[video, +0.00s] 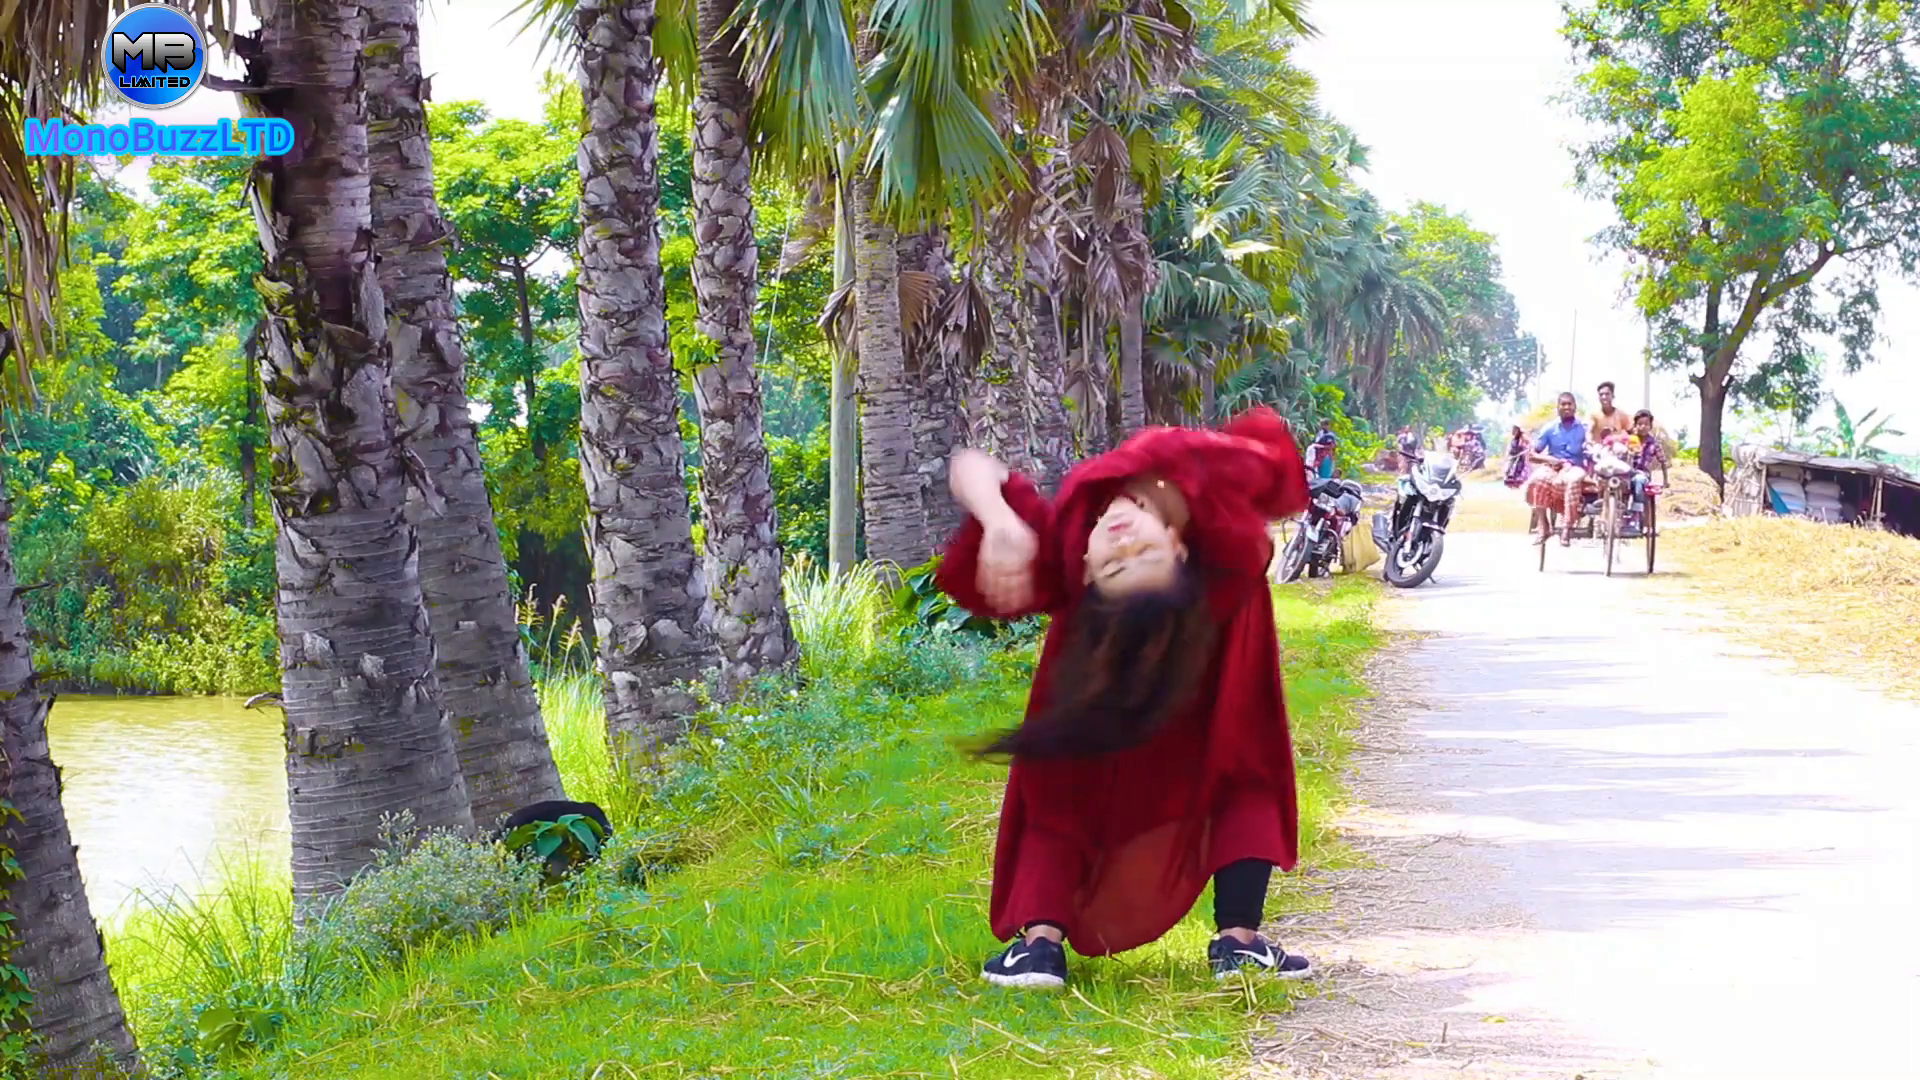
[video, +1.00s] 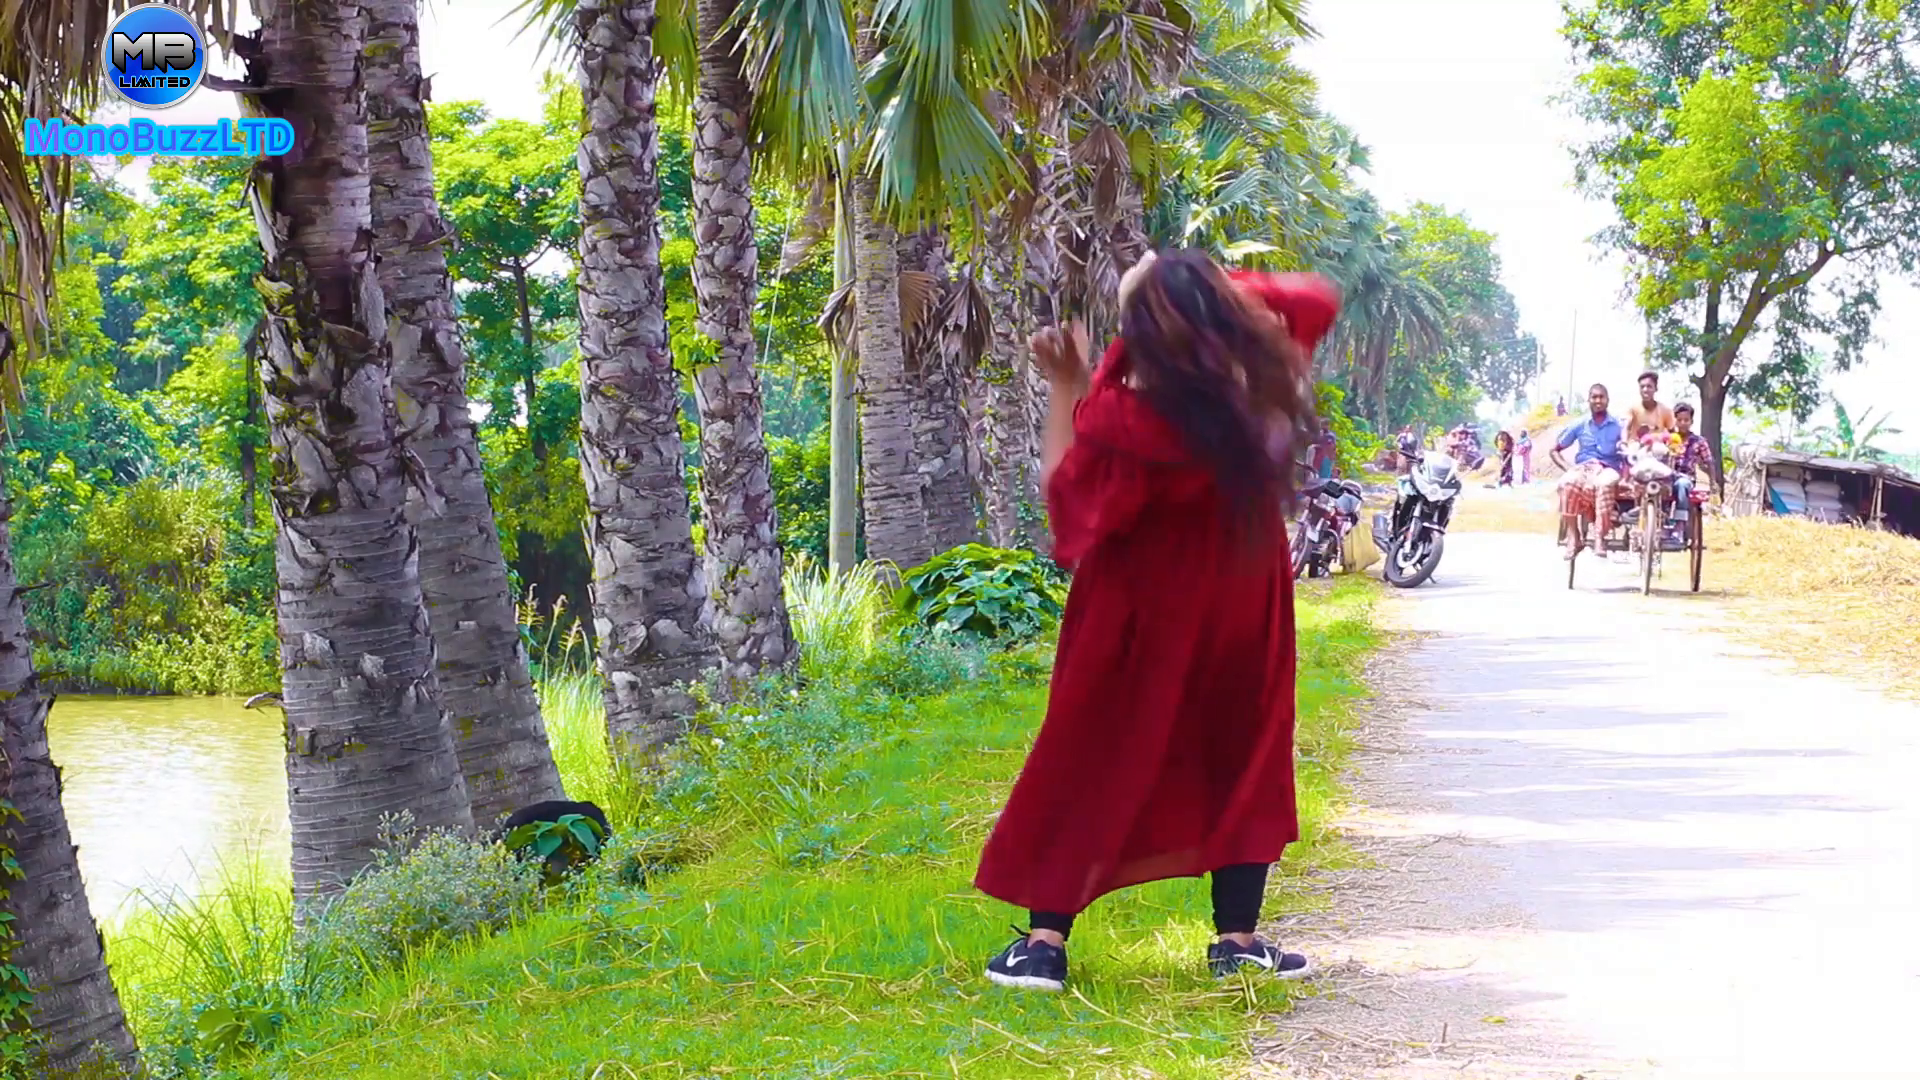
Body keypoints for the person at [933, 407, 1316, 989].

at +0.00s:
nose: (1116, 528)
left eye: (1105, 554)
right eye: (1139, 551)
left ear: (1085, 568)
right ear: (1180, 546)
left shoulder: (1063, 532)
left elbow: (969, 463)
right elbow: (1269, 437)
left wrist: (1001, 524)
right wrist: (1174, 458)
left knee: (1054, 778)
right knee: (1248, 772)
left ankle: (1039, 941)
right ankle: (1239, 936)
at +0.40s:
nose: (1111, 450)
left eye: (1095, 466)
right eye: (1128, 477)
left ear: (1072, 483)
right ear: (1155, 501)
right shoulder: (1221, 489)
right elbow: (1311, 474)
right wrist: (1215, 406)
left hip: (1139, 596)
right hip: (1244, 598)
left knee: (1088, 758)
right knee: (1267, 758)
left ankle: (1045, 941)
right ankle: (1242, 939)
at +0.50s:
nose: (1116, 420)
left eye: (1097, 442)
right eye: (1130, 445)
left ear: (1064, 454)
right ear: (1158, 479)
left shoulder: (1063, 401)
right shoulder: (1224, 485)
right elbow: (1338, 536)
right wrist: (1270, 478)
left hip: (1124, 591)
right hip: (1235, 592)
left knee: (1080, 747)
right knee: (1266, 756)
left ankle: (1046, 941)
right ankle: (1242, 940)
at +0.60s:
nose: (1131, 393)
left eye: (1113, 415)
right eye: (1146, 422)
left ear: (1078, 437)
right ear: (1175, 456)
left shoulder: (1061, 394)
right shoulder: (1225, 480)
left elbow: (1027, 342)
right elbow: (1308, 545)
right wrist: (1365, 513)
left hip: (1112, 585)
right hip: (1228, 590)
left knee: (1075, 752)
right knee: (1260, 758)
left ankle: (1045, 943)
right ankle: (1239, 939)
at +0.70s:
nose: (1153, 348)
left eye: (1131, 364)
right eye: (1172, 377)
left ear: (1111, 390)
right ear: (1193, 416)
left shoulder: (1080, 384)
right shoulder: (1243, 422)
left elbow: (999, 343)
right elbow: (1297, 521)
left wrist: (1097, 285)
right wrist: (1397, 511)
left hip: (1113, 594)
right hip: (1232, 604)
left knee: (1076, 755)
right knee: (1259, 759)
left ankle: (1045, 940)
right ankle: (1240, 937)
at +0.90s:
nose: (1146, 285)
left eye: (1130, 319)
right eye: (1159, 294)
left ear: (1135, 355)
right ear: (1212, 336)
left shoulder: (1112, 418)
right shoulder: (1257, 352)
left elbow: (1030, 446)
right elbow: (1304, 404)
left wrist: (1036, 355)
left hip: (1142, 592)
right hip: (1247, 578)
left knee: (1088, 751)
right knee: (1248, 745)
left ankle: (1044, 945)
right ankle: (1238, 939)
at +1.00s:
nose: (1128, 325)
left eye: (1132, 320)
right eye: (1135, 317)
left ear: (1142, 335)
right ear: (1216, 313)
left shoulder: (1128, 417)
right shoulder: (1258, 325)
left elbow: (1066, 495)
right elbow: (1321, 298)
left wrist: (1064, 390)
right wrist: (1224, 288)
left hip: (1143, 601)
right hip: (1248, 591)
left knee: (1089, 754)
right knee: (1249, 753)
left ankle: (1044, 946)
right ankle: (1238, 938)